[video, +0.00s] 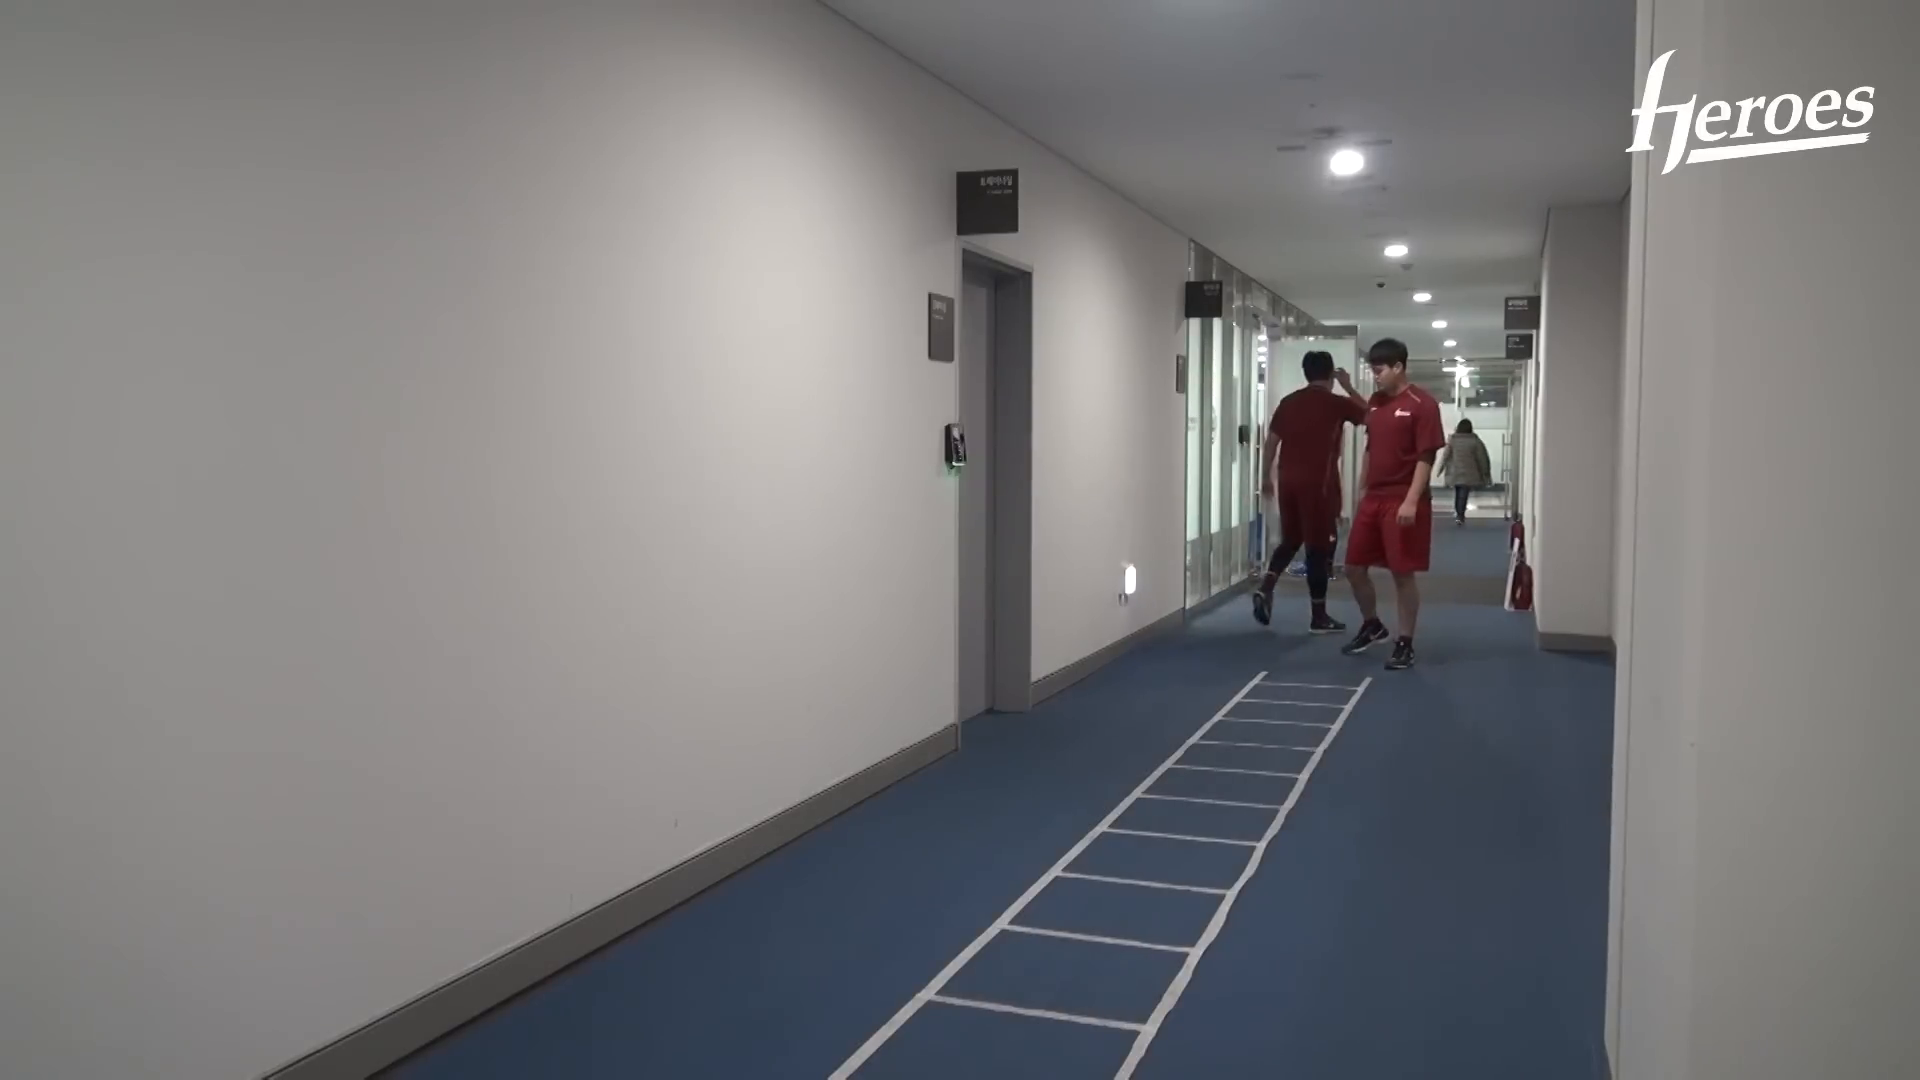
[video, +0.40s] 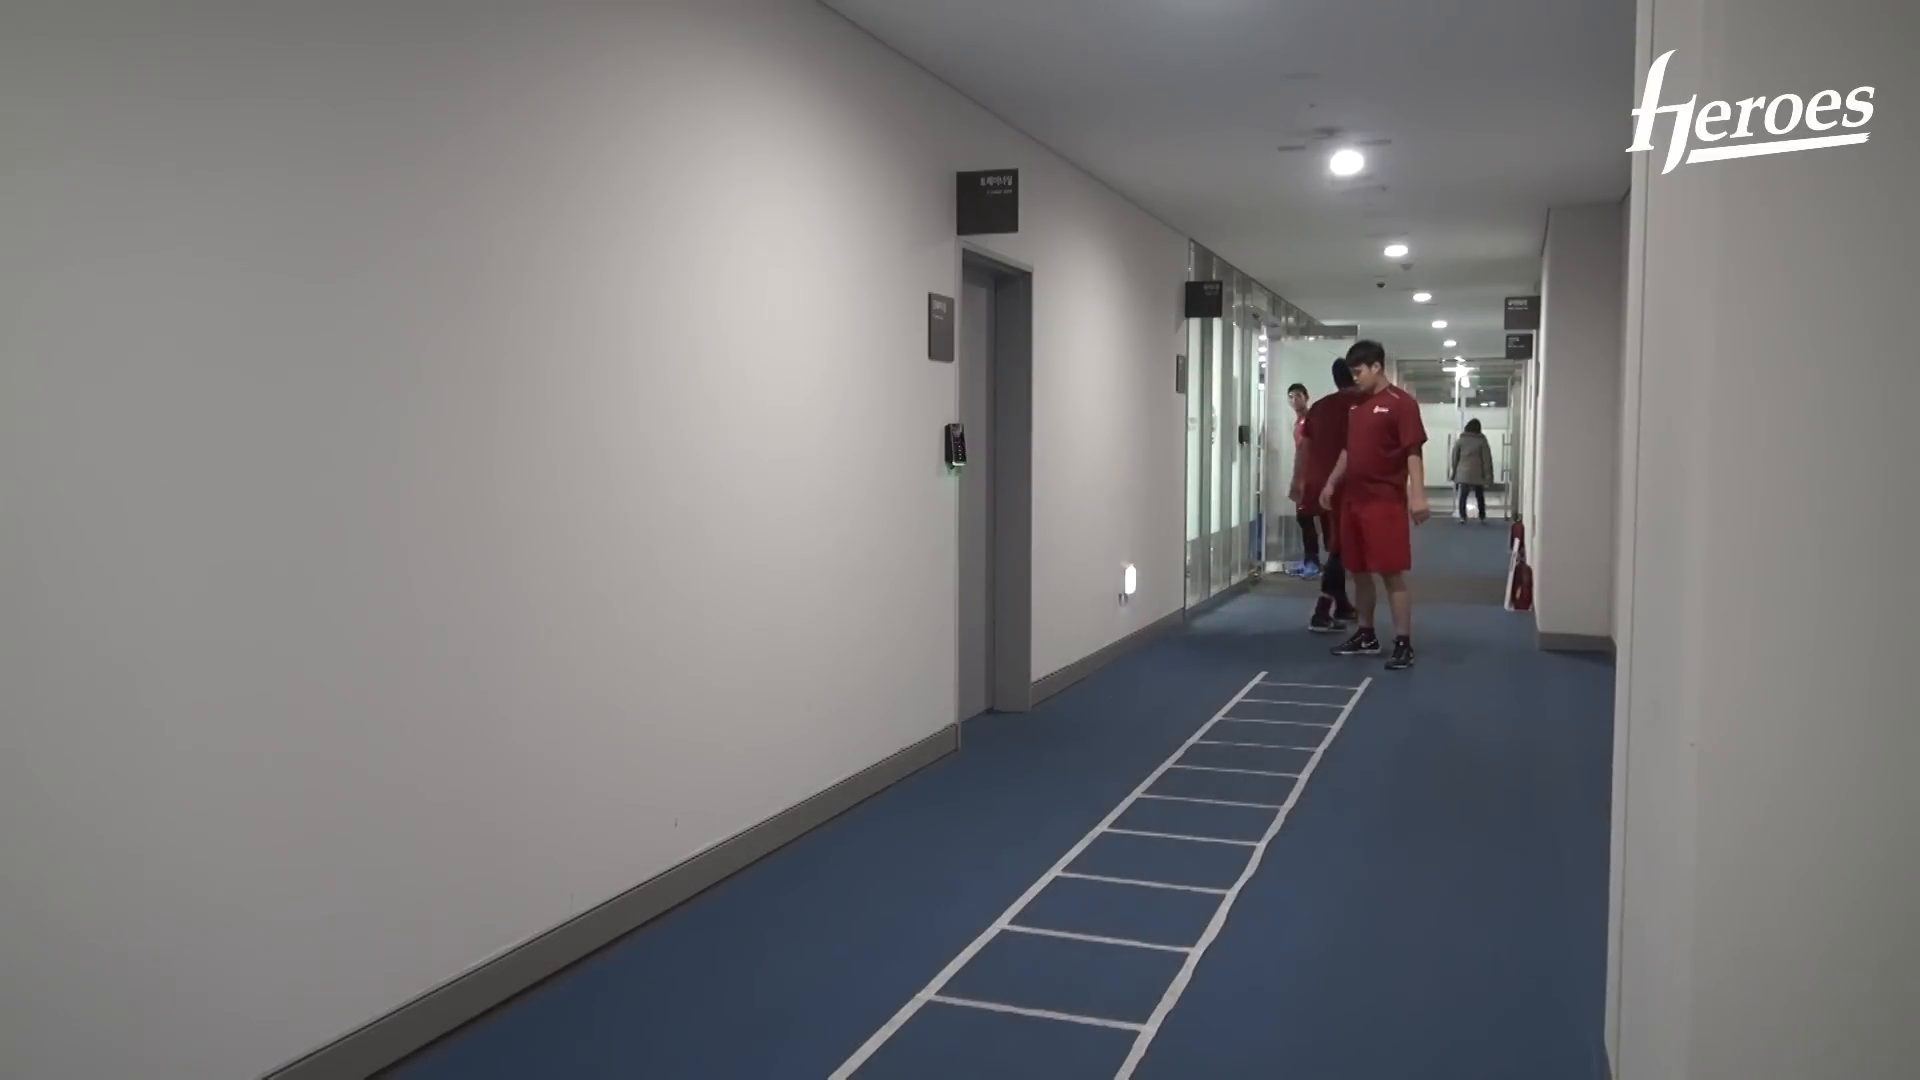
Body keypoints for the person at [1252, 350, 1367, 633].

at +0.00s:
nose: (1332, 377)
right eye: (1331, 373)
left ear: (1305, 374)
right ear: (1330, 374)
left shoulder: (1289, 401)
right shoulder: (1335, 402)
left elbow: (1271, 441)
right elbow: (1368, 415)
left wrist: (1266, 477)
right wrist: (1349, 387)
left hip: (1288, 482)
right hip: (1320, 484)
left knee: (1291, 541)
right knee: (1319, 548)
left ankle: (1266, 587)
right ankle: (1319, 615)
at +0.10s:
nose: (1341, 378)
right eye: (1340, 374)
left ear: (1314, 374)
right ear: (1338, 375)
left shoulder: (1296, 402)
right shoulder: (1342, 402)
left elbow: (1280, 442)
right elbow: (1373, 413)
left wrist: (1274, 477)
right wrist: (1356, 387)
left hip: (1296, 481)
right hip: (1325, 483)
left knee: (1303, 541)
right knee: (1323, 547)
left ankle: (1288, 597)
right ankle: (1319, 615)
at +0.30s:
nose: (1358, 382)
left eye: (1355, 376)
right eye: (1356, 377)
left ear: (1329, 377)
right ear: (1353, 377)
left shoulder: (1312, 404)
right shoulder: (1357, 407)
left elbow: (1295, 445)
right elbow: (1365, 448)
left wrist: (1288, 480)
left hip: (1310, 485)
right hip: (1340, 486)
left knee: (1324, 549)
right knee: (1329, 551)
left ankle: (1337, 605)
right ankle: (1320, 614)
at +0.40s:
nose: (1362, 377)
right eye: (1359, 372)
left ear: (1334, 378)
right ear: (1356, 374)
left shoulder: (1318, 407)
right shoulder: (1365, 402)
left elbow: (1304, 447)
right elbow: (1368, 448)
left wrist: (1298, 483)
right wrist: (1371, 482)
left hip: (1319, 485)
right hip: (1349, 485)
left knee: (1335, 547)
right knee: (1338, 548)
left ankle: (1343, 605)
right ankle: (1322, 611)